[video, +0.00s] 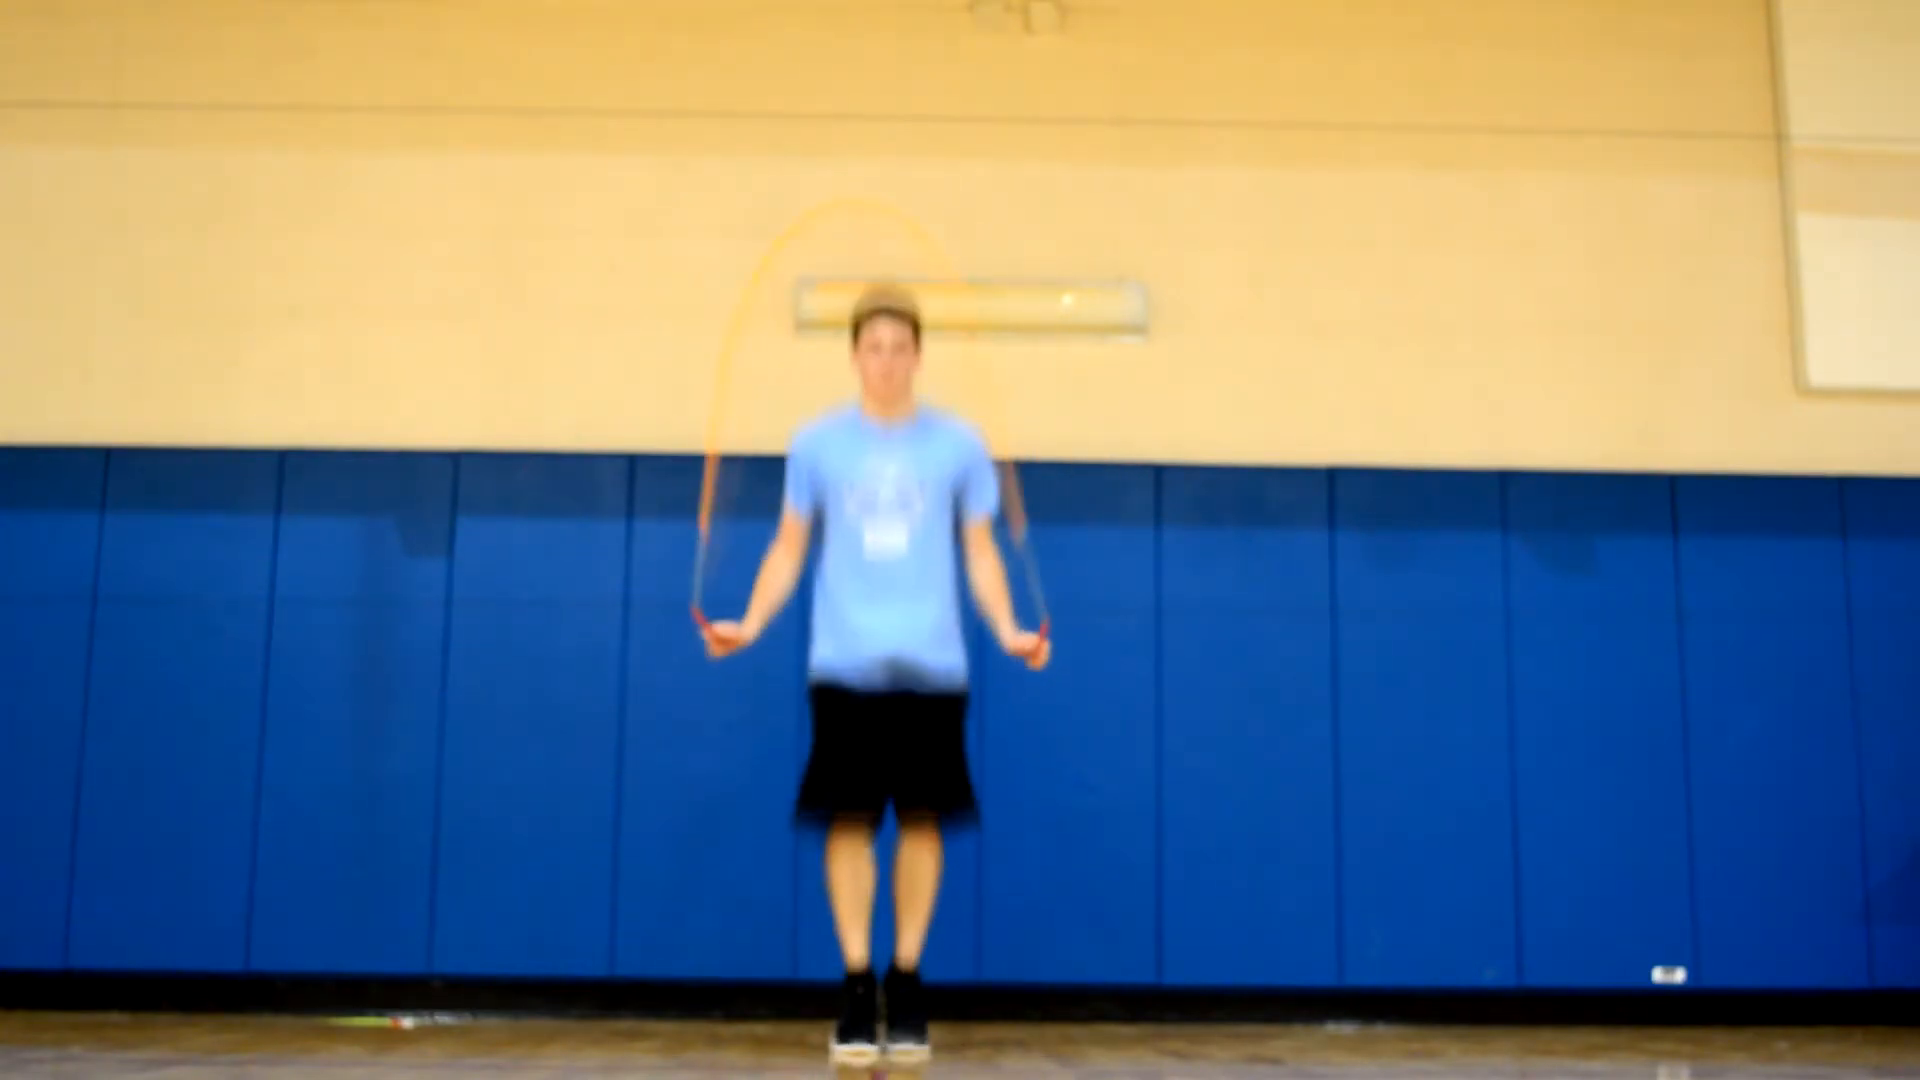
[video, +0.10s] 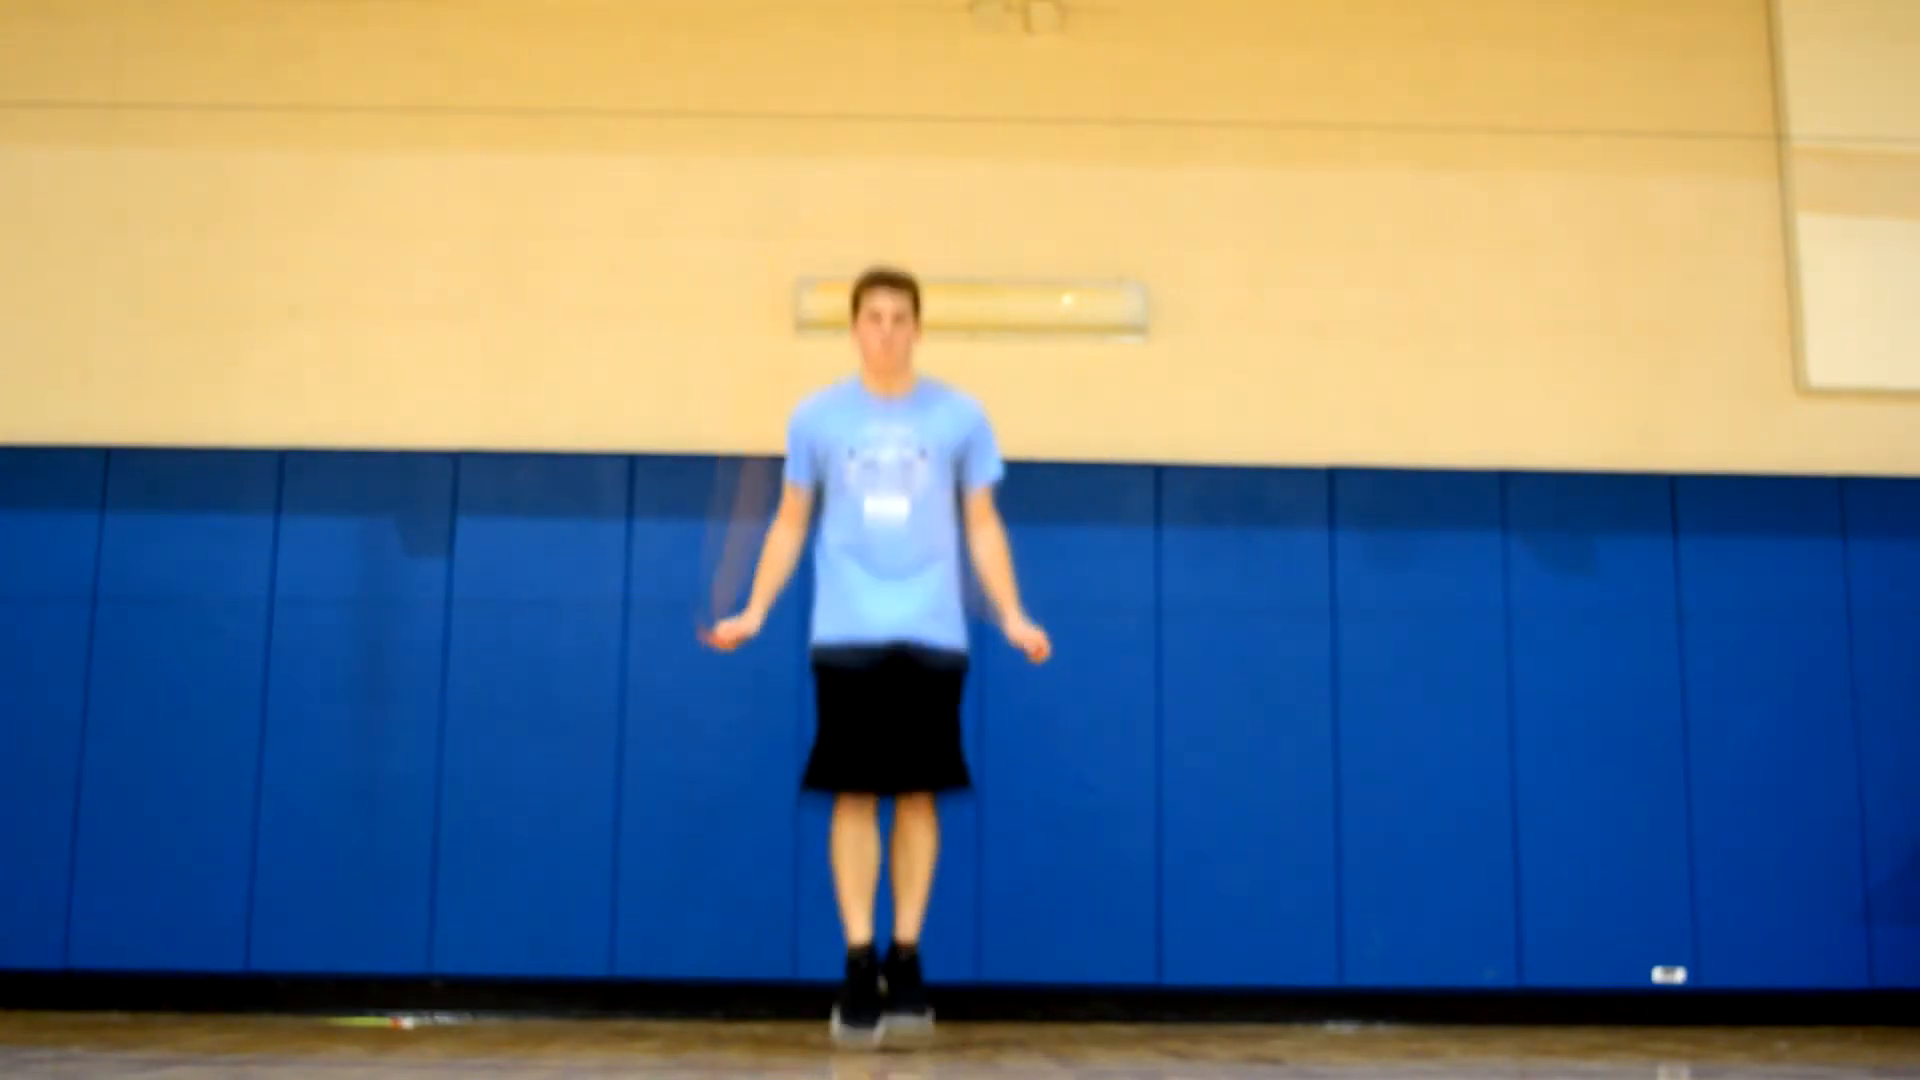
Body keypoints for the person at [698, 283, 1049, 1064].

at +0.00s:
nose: (887, 361)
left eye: (900, 348)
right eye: (874, 347)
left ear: (919, 357)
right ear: (854, 355)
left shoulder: (957, 443)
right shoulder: (819, 442)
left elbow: (980, 548)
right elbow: (789, 546)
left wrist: (1008, 629)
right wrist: (749, 624)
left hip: (931, 664)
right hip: (845, 664)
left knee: (922, 822)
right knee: (849, 821)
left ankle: (905, 985)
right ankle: (857, 987)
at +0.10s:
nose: (887, 332)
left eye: (900, 319)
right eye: (875, 318)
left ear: (918, 330)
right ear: (853, 328)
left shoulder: (958, 416)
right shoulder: (818, 417)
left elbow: (983, 522)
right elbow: (790, 522)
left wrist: (1012, 614)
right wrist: (754, 612)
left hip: (932, 634)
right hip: (846, 634)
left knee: (917, 796)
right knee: (854, 795)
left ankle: (905, 959)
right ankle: (859, 962)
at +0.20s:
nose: (887, 320)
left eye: (899, 307)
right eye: (874, 306)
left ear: (918, 316)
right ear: (853, 315)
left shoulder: (959, 403)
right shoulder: (818, 403)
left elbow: (985, 513)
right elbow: (791, 511)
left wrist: (1022, 609)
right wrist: (751, 607)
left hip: (932, 618)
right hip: (848, 616)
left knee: (915, 785)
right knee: (856, 783)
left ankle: (904, 951)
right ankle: (864, 950)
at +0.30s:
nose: (887, 315)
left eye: (899, 302)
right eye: (874, 302)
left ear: (918, 311)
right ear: (852, 311)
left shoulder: (960, 399)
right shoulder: (818, 399)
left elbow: (987, 511)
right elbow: (790, 510)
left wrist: (1032, 608)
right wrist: (744, 609)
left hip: (932, 614)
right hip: (848, 613)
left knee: (916, 780)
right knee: (856, 779)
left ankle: (903, 949)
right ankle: (865, 949)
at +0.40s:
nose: (886, 322)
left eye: (899, 309)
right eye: (873, 308)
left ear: (918, 316)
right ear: (853, 316)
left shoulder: (960, 403)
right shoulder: (818, 403)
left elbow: (988, 515)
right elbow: (789, 514)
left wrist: (1037, 606)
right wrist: (737, 608)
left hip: (933, 621)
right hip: (847, 620)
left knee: (918, 785)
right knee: (855, 783)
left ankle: (904, 955)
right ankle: (863, 953)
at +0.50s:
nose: (886, 343)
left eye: (899, 330)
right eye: (873, 330)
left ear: (919, 336)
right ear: (853, 336)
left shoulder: (960, 419)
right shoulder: (819, 419)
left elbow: (987, 530)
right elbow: (789, 530)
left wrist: (1042, 620)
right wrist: (728, 618)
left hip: (934, 639)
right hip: (848, 638)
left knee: (920, 801)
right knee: (854, 799)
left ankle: (904, 971)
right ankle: (861, 970)